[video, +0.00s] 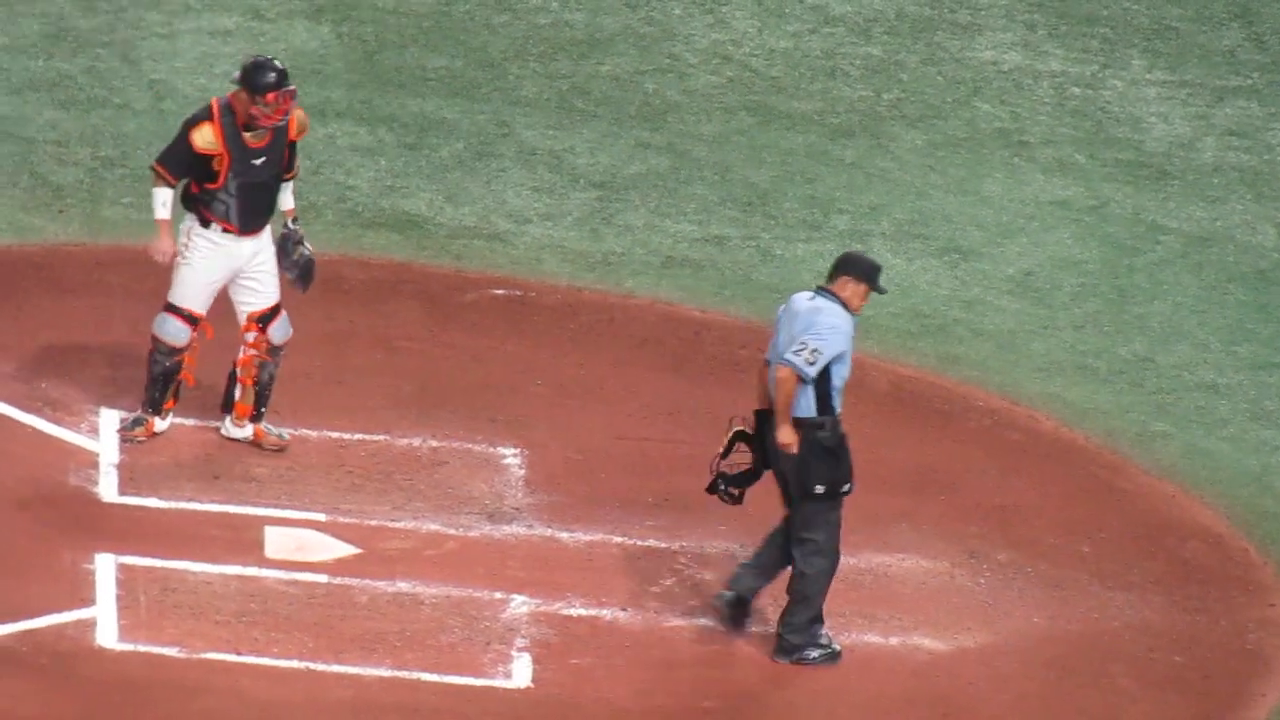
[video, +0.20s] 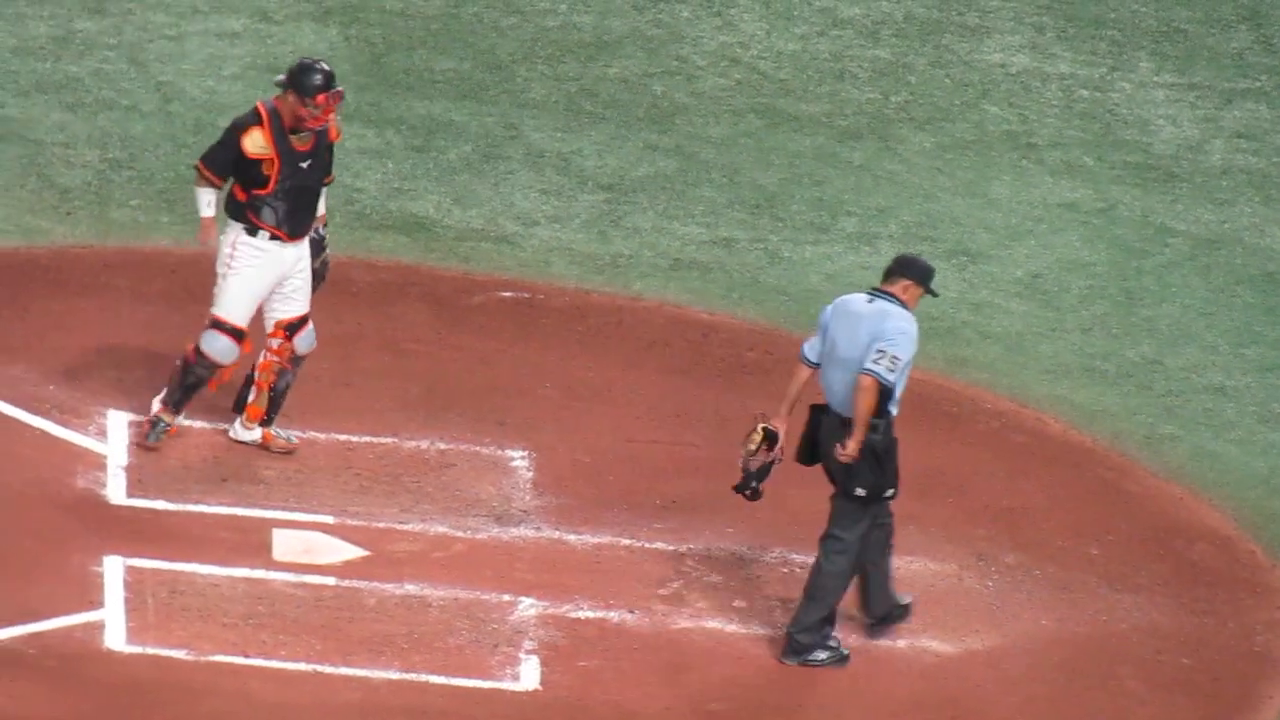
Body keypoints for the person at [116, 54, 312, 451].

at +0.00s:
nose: (278, 105)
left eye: (281, 97)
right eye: (269, 99)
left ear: (283, 95)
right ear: (246, 96)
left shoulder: (288, 124)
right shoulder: (210, 126)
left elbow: (286, 177)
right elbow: (163, 174)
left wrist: (291, 226)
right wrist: (164, 232)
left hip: (257, 242)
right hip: (208, 240)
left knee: (270, 333)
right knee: (174, 329)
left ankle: (243, 420)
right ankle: (154, 413)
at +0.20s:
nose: (322, 109)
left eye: (326, 102)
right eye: (316, 102)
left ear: (326, 99)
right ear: (293, 97)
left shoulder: (324, 130)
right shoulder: (254, 128)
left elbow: (320, 185)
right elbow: (209, 173)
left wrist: (319, 234)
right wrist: (207, 222)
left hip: (295, 251)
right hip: (251, 248)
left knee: (293, 341)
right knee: (221, 344)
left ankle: (251, 423)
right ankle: (166, 411)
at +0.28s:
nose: (337, 110)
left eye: (340, 102)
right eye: (329, 102)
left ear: (340, 100)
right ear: (307, 98)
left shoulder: (336, 130)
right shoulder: (268, 127)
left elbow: (328, 190)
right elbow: (221, 171)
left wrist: (328, 240)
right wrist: (221, 221)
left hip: (306, 251)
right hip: (262, 247)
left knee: (299, 340)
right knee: (248, 349)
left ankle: (254, 423)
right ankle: (183, 407)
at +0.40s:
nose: (360, 117)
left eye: (363, 109)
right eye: (353, 109)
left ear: (360, 107)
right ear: (331, 104)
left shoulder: (358, 135)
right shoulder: (287, 130)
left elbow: (346, 191)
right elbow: (239, 171)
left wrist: (345, 241)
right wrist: (243, 219)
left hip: (321, 251)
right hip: (279, 247)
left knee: (312, 345)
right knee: (285, 350)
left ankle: (263, 425)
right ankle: (224, 421)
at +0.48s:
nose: (373, 122)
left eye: (377, 114)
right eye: (366, 114)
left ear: (376, 111)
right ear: (343, 109)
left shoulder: (369, 142)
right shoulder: (301, 135)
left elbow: (359, 195)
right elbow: (252, 175)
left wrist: (358, 245)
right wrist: (256, 220)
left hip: (330, 256)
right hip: (289, 250)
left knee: (315, 346)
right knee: (304, 347)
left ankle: (267, 418)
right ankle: (261, 436)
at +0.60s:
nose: (392, 131)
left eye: (395, 123)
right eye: (385, 124)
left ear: (392, 121)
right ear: (362, 118)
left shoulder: (386, 149)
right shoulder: (320, 145)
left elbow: (380, 202)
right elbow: (274, 192)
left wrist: (378, 250)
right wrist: (279, 236)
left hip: (346, 263)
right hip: (305, 257)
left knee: (313, 350)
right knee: (326, 354)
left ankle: (266, 422)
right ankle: (317, 455)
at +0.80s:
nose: (420, 151)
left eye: (422, 143)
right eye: (414, 143)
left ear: (412, 140)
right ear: (392, 138)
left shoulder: (407, 162)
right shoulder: (351, 167)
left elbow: (402, 215)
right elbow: (311, 218)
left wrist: (412, 260)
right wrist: (314, 262)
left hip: (378, 280)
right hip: (342, 277)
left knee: (343, 366)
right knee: (366, 374)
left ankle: (282, 421)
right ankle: (351, 472)